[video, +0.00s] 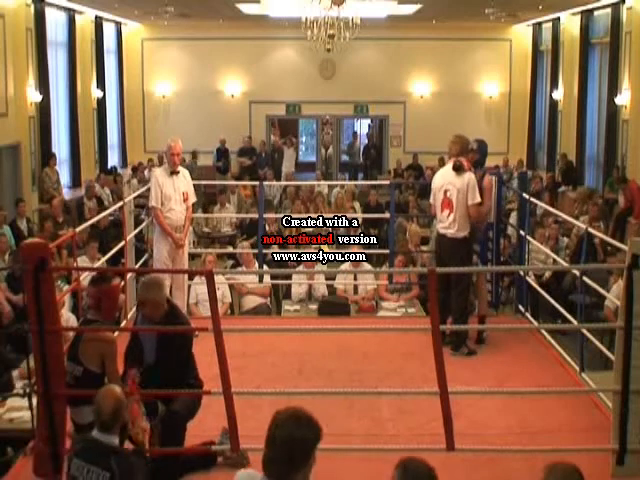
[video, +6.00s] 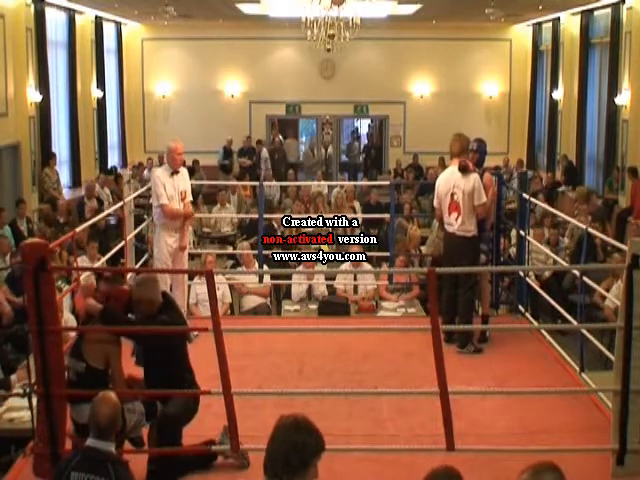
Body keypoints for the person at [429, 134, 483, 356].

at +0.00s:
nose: (472, 158)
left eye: (470, 154)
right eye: (471, 154)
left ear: (449, 153)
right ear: (467, 154)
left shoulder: (438, 175)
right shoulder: (468, 177)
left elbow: (434, 208)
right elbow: (475, 213)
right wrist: (487, 199)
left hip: (441, 236)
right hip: (460, 238)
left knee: (443, 284)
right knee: (461, 288)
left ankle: (441, 328)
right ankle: (459, 338)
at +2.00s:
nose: (472, 160)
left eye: (470, 157)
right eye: (471, 157)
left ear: (453, 156)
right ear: (469, 157)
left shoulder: (442, 177)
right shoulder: (471, 178)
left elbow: (435, 208)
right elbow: (480, 209)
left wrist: (445, 221)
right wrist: (489, 201)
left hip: (445, 238)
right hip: (464, 239)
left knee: (446, 286)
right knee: (463, 289)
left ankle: (444, 329)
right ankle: (459, 339)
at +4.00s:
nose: (471, 157)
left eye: (462, 152)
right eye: (473, 153)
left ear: (456, 154)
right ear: (474, 154)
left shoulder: (448, 178)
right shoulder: (480, 178)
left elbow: (442, 211)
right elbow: (488, 208)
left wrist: (453, 224)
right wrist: (485, 225)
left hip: (454, 237)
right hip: (473, 238)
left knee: (451, 284)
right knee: (470, 287)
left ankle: (449, 327)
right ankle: (466, 337)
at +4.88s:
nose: (455, 158)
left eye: (450, 154)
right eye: (461, 154)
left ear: (446, 155)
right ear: (465, 154)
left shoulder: (441, 180)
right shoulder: (472, 178)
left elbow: (435, 211)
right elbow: (481, 209)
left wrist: (447, 222)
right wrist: (491, 193)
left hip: (449, 235)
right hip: (468, 235)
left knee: (449, 283)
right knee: (467, 285)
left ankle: (449, 328)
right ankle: (464, 336)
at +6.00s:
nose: (467, 155)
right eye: (468, 151)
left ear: (449, 152)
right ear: (468, 152)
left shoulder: (442, 178)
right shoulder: (473, 178)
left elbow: (438, 212)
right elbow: (481, 211)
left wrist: (447, 226)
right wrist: (491, 193)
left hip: (449, 235)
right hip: (468, 236)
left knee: (449, 282)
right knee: (467, 285)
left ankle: (448, 328)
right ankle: (465, 336)